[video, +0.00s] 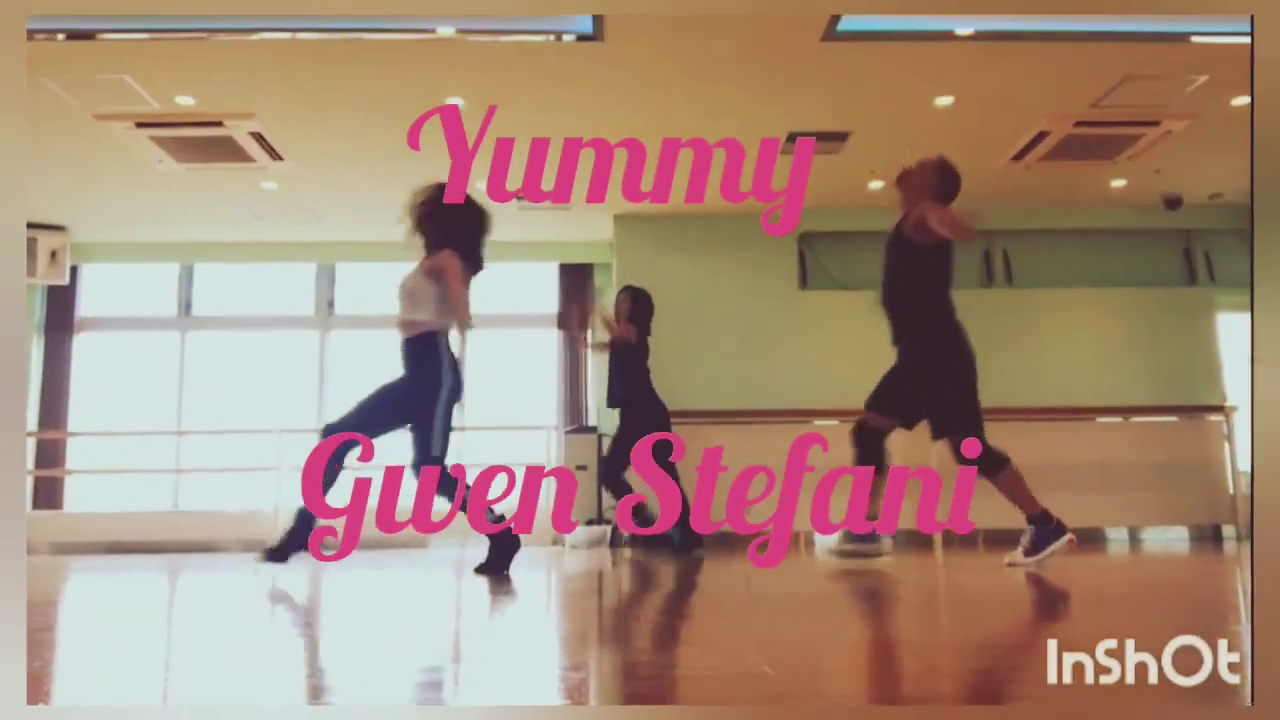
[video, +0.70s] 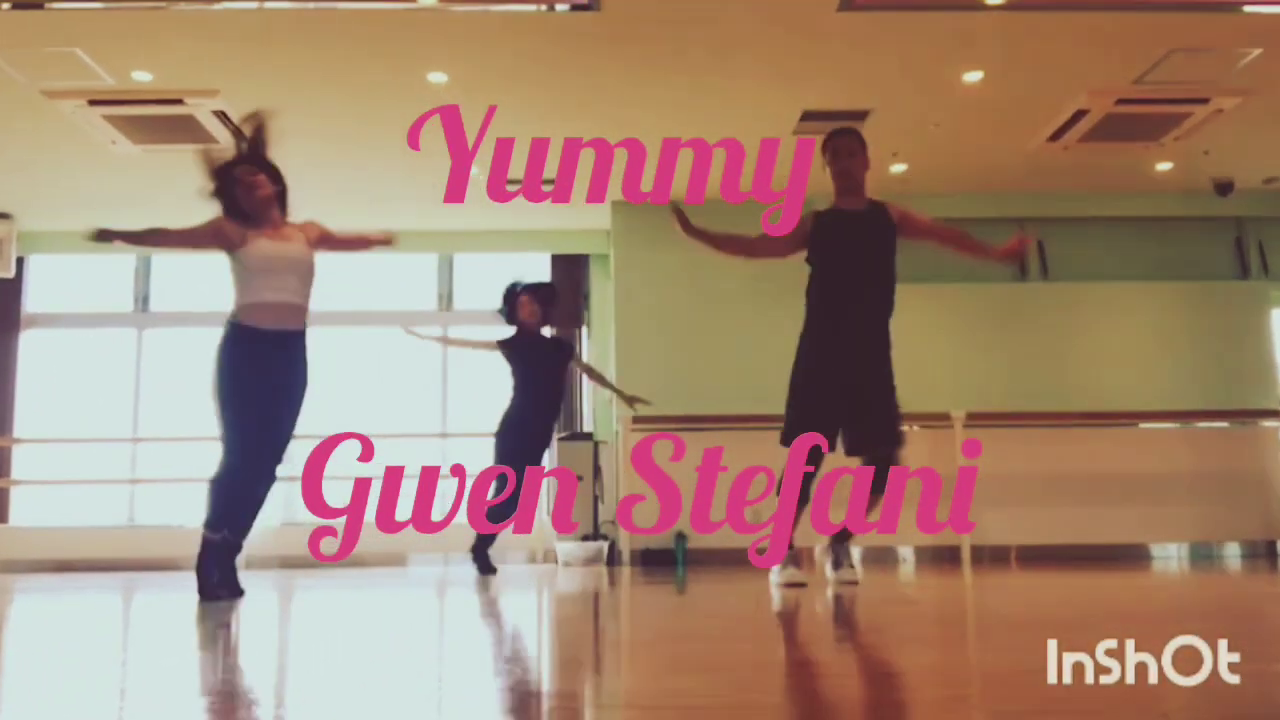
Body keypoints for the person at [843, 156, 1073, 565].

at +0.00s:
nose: (910, 167)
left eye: (921, 166)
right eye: (917, 162)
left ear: (930, 184)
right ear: (925, 186)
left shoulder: (926, 217)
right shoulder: (909, 223)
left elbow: (950, 228)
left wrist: (945, 218)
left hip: (939, 355)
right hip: (921, 356)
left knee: (971, 449)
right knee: (866, 434)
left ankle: (1043, 523)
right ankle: (866, 532)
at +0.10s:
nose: (903, 184)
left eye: (915, 184)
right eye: (911, 181)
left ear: (923, 205)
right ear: (914, 204)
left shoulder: (917, 233)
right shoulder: (901, 244)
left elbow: (961, 257)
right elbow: (941, 309)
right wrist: (939, 353)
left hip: (925, 384)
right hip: (911, 384)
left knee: (960, 474)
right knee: (844, 447)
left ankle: (1055, 530)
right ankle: (843, 544)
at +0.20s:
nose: (888, 186)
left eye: (901, 186)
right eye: (897, 183)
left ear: (911, 209)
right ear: (899, 206)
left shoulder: (907, 241)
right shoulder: (882, 251)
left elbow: (950, 273)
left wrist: (998, 316)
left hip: (910, 392)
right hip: (881, 392)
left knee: (954, 481)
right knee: (819, 460)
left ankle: (1058, 531)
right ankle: (846, 548)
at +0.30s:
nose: (870, 168)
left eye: (884, 167)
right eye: (876, 164)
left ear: (899, 189)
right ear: (878, 189)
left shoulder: (904, 224)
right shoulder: (858, 242)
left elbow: (944, 259)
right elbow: (850, 307)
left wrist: (963, 287)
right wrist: (814, 341)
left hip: (895, 375)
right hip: (858, 376)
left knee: (940, 468)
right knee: (815, 462)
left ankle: (1037, 520)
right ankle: (849, 551)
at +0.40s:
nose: (863, 149)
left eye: (874, 143)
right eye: (861, 143)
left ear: (893, 159)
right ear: (854, 157)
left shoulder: (904, 201)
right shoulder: (838, 219)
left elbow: (945, 228)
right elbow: (805, 264)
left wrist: (970, 243)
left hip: (885, 343)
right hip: (839, 345)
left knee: (906, 445)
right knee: (816, 450)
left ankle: (970, 513)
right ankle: (846, 545)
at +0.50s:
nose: (854, 142)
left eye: (863, 135)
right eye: (848, 135)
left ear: (882, 146)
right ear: (839, 146)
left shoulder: (897, 192)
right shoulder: (827, 210)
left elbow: (957, 211)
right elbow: (779, 244)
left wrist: (1014, 228)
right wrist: (725, 256)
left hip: (879, 330)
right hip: (829, 331)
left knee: (879, 436)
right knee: (821, 441)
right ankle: (818, 549)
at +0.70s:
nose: (846, 163)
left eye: (854, 155)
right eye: (838, 156)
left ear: (867, 162)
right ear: (827, 166)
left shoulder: (888, 217)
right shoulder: (817, 225)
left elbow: (945, 235)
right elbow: (757, 246)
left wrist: (997, 254)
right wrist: (697, 234)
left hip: (869, 353)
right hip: (820, 353)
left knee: (883, 457)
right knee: (805, 454)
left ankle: (842, 541)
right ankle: (784, 551)